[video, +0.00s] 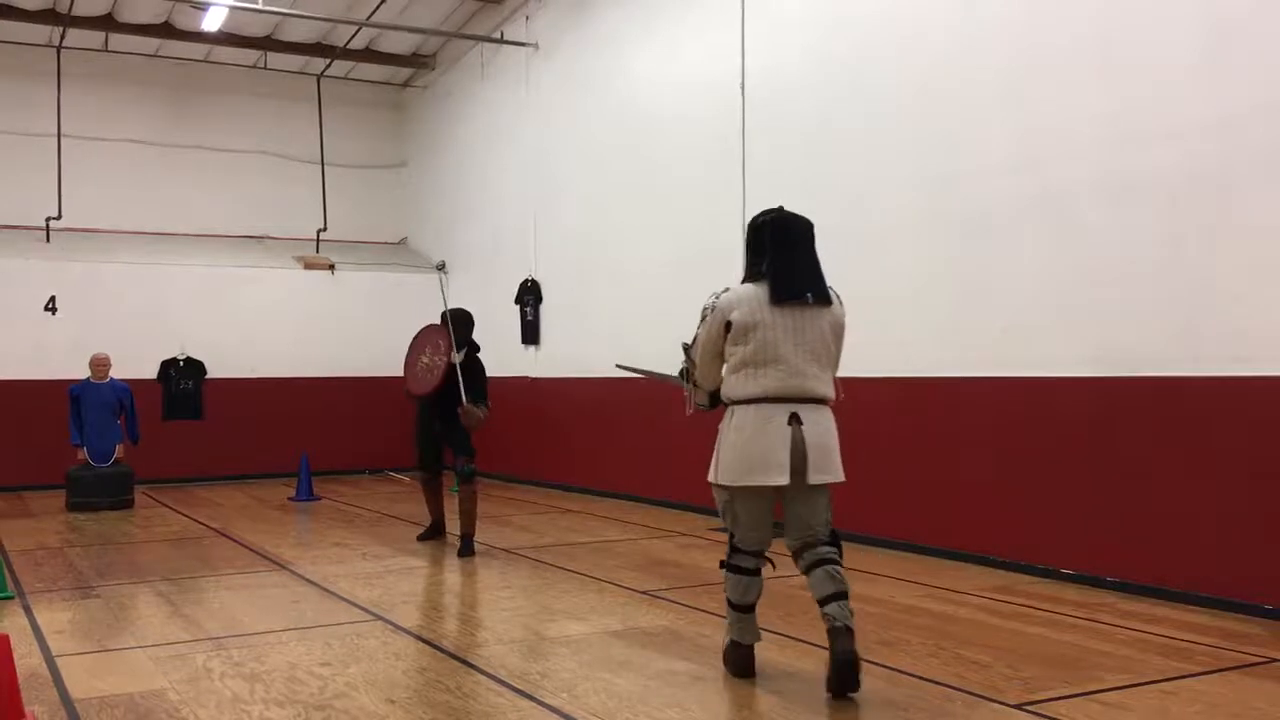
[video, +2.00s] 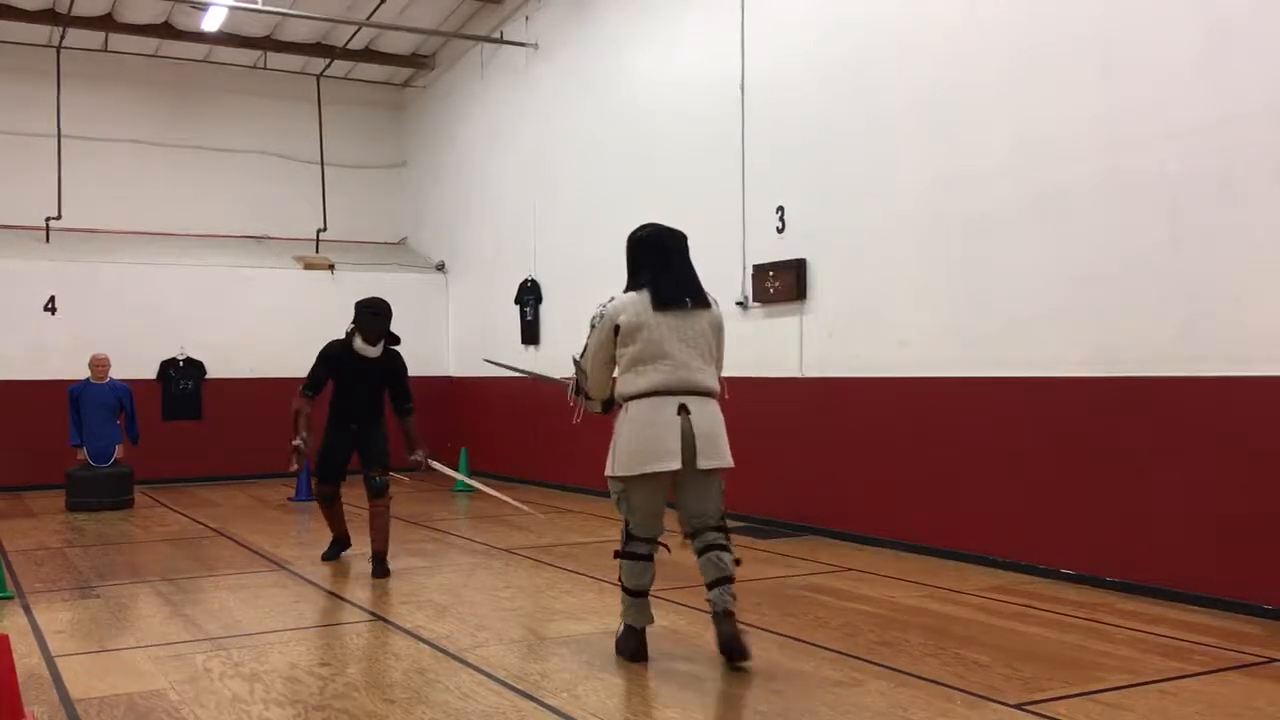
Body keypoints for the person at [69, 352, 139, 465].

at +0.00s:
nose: (101, 369)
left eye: (104, 365)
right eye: (97, 365)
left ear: (110, 367)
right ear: (90, 367)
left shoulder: (121, 389)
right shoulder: (78, 390)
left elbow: (130, 415)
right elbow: (75, 419)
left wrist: (133, 437)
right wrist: (78, 444)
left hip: (114, 444)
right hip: (88, 444)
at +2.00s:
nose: (100, 369)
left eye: (104, 366)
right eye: (96, 366)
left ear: (109, 367)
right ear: (90, 367)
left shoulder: (121, 389)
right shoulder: (77, 390)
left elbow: (130, 415)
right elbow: (75, 420)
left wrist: (133, 437)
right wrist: (78, 445)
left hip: (113, 444)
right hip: (87, 444)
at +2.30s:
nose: (100, 369)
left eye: (104, 366)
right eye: (97, 366)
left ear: (109, 367)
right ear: (90, 367)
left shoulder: (120, 389)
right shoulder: (77, 390)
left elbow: (129, 415)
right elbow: (75, 420)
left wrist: (132, 437)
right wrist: (78, 446)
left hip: (113, 445)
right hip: (88, 444)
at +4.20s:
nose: (100, 369)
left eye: (104, 366)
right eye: (96, 366)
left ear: (109, 367)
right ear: (89, 367)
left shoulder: (121, 389)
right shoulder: (77, 390)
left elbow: (130, 415)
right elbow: (74, 419)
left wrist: (133, 437)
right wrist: (78, 445)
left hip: (113, 444)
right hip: (88, 444)